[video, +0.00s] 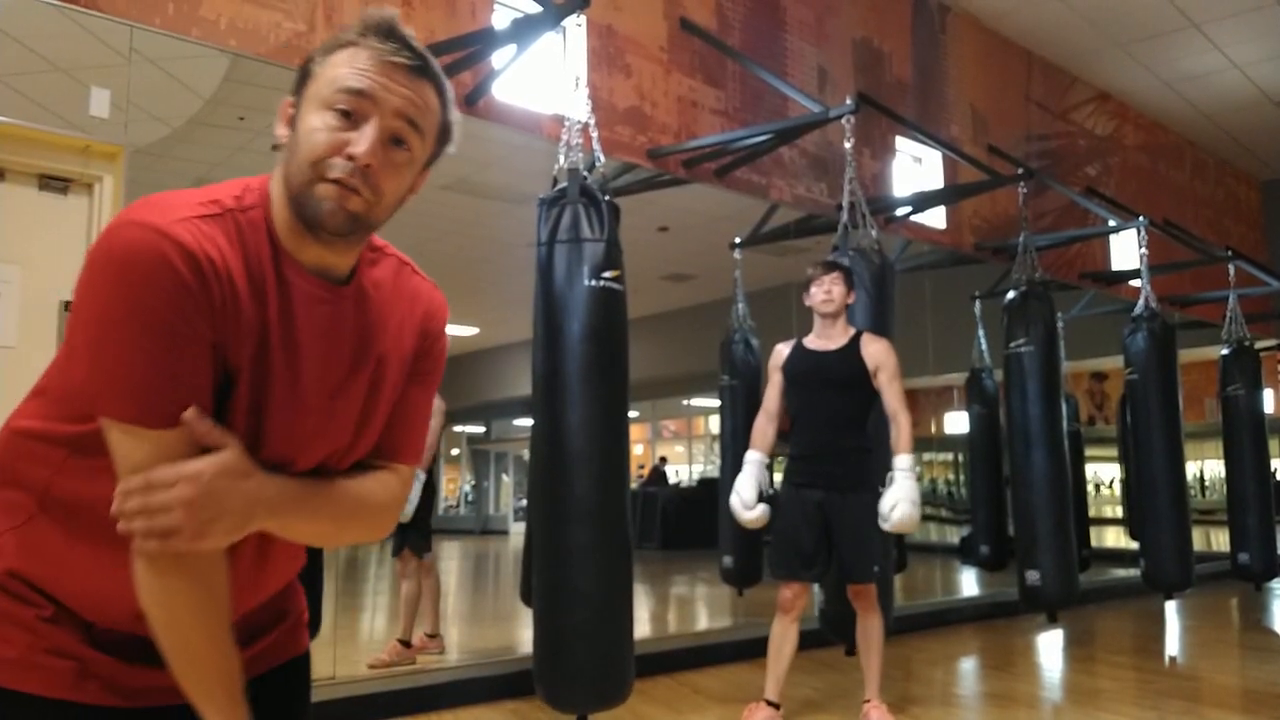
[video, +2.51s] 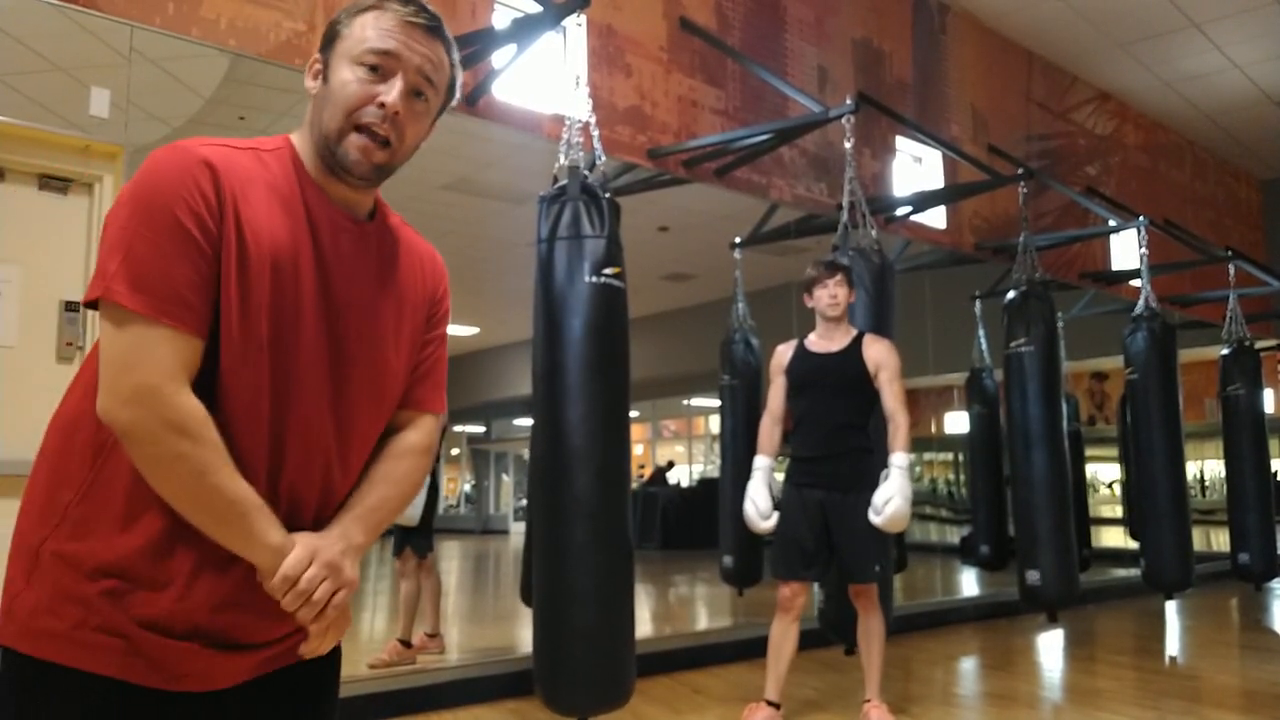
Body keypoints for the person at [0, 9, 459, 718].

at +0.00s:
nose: (363, 152)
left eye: (399, 141)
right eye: (345, 113)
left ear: (417, 183)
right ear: (287, 119)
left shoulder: (415, 312)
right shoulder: (159, 251)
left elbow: (384, 503)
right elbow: (170, 536)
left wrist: (260, 498)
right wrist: (228, 708)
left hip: (256, 635)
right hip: (63, 637)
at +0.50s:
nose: (453, 169)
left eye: (484, 164)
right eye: (442, 131)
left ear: (489, 200)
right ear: (380, 123)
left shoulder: (464, 326)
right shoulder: (238, 237)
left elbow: (431, 493)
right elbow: (237, 510)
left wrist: (338, 522)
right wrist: (313, 692)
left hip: (281, 644)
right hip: (94, 624)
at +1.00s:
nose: (398, 180)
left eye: (429, 168)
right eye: (381, 139)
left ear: (438, 197)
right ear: (313, 127)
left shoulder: (403, 327)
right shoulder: (157, 247)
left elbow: (366, 512)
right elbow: (99, 515)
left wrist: (285, 650)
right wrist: (215, 694)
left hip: (219, 679)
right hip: (46, 668)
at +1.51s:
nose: (308, 116)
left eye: (342, 102)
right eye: (286, 76)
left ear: (357, 135)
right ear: (220, 73)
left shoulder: (357, 276)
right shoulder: (62, 212)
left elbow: (321, 467)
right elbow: (22, 481)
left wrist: (224, 635)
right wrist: (143, 686)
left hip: (232, 676)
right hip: (45, 673)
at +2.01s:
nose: (352, 118)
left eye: (385, 108)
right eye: (336, 81)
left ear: (399, 142)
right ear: (274, 81)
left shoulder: (385, 284)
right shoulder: (129, 207)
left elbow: (366, 459)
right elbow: (67, 451)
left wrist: (285, 599)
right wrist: (205, 632)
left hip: (254, 669)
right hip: (67, 663)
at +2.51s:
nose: (394, 101)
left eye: (421, 92)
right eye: (375, 68)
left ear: (429, 125)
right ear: (317, 73)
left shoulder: (421, 273)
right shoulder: (194, 179)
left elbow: (417, 430)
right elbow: (141, 396)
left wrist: (349, 538)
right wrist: (280, 554)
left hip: (284, 654)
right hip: (101, 643)